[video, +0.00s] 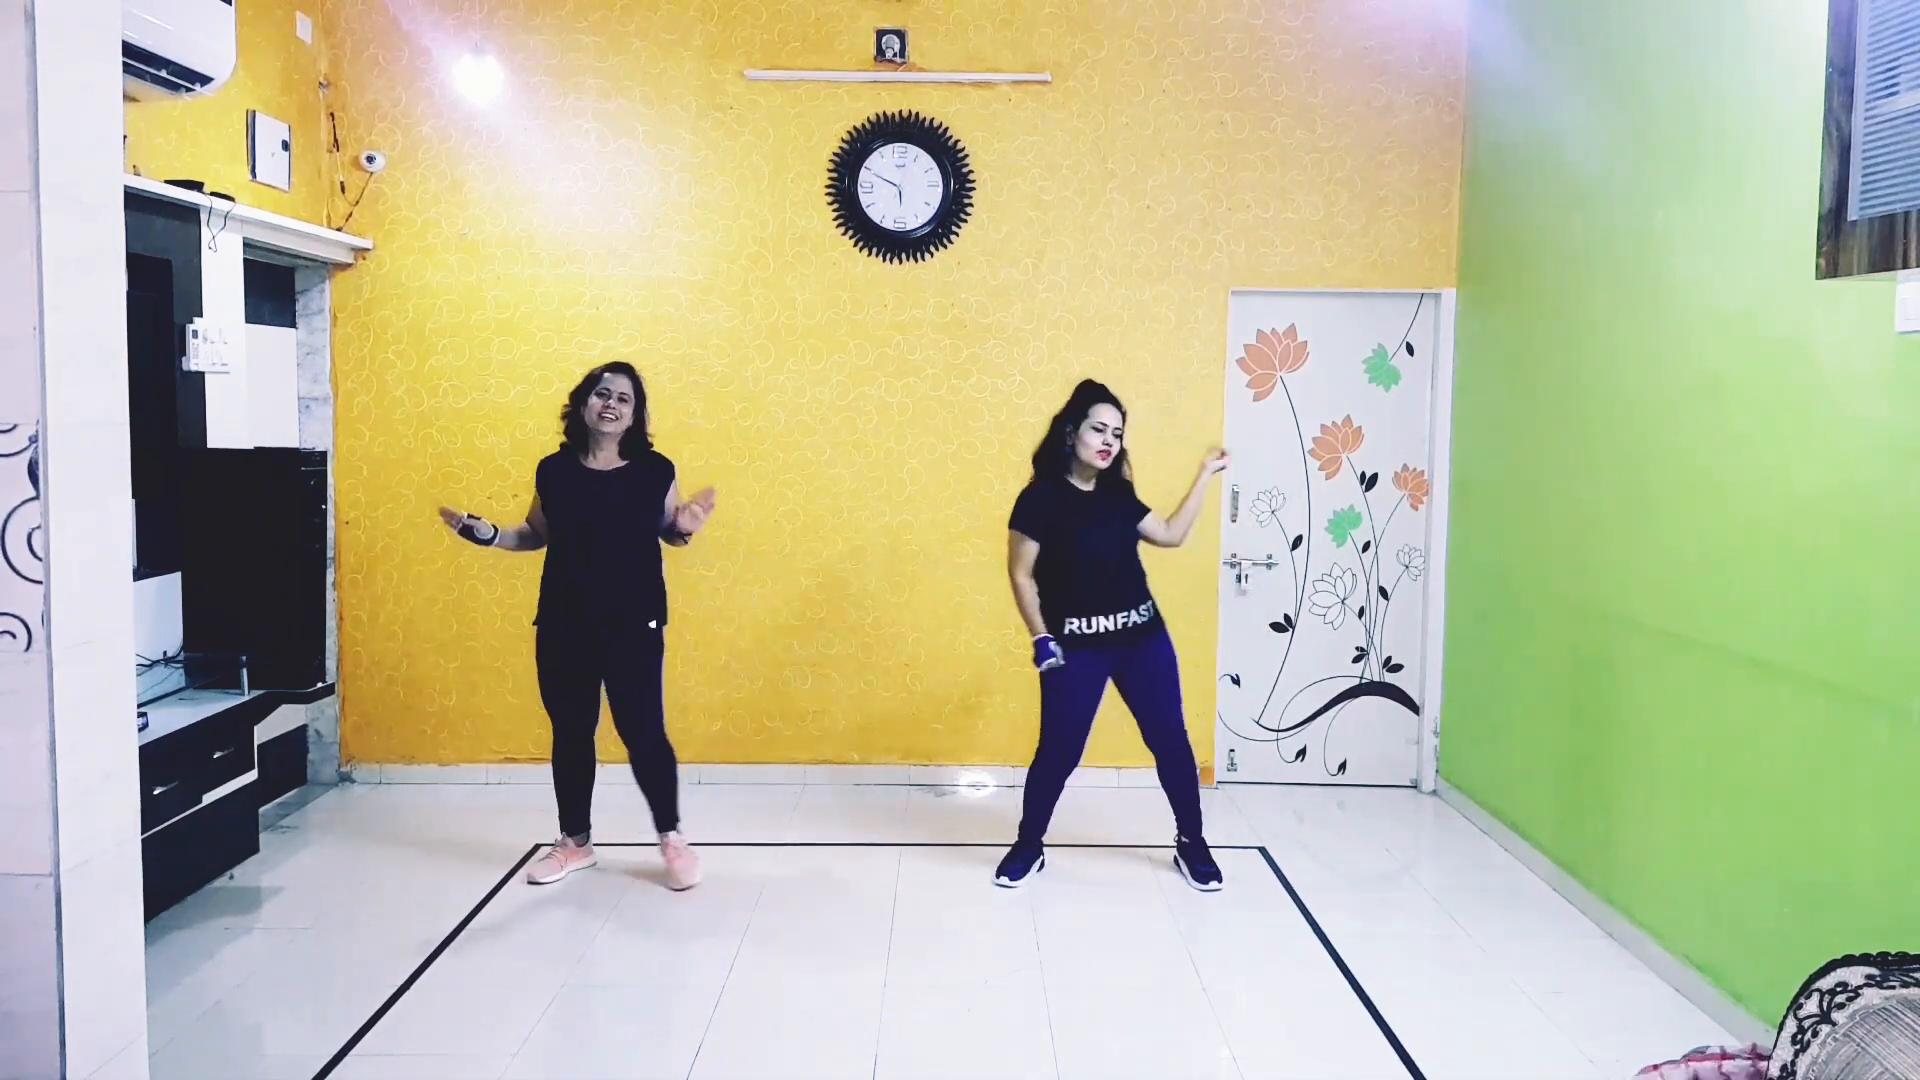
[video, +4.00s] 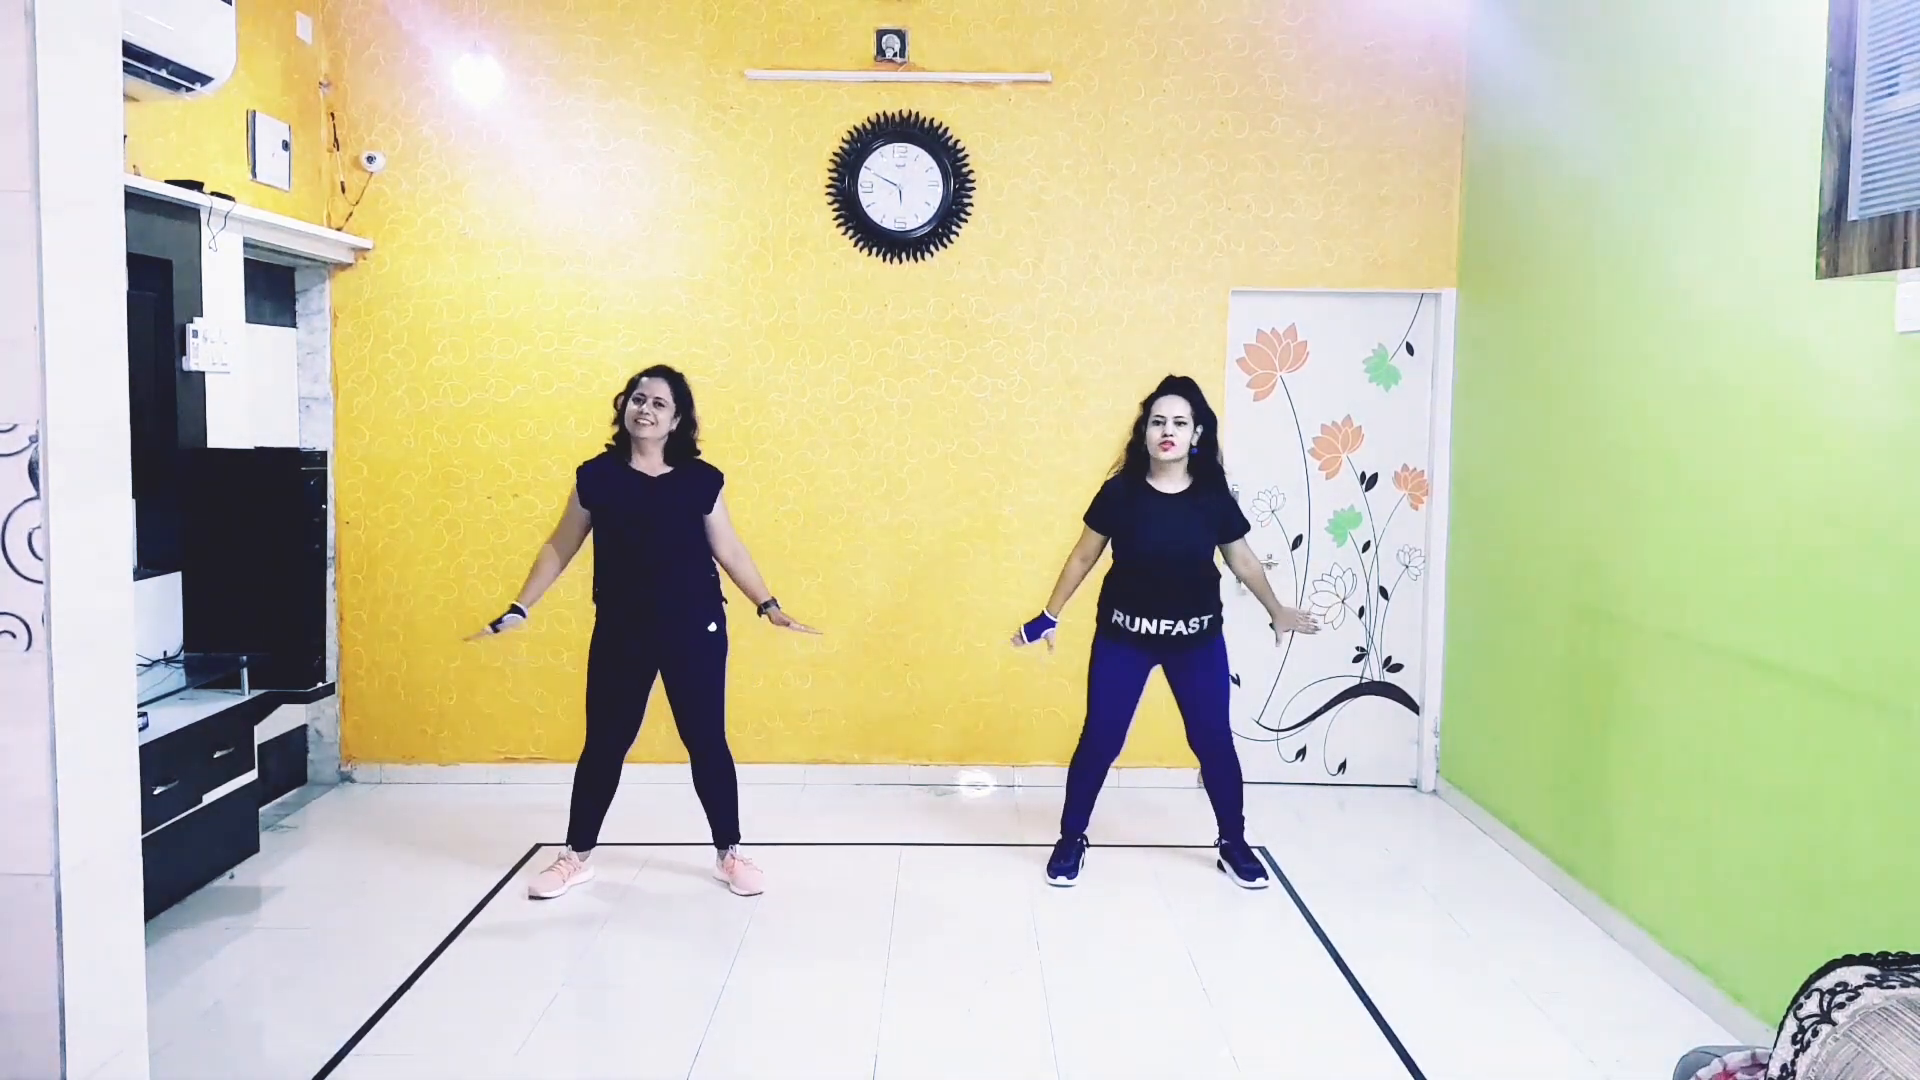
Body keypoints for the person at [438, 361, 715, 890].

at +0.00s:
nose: (610, 404)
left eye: (623, 399)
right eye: (602, 394)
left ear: (636, 413)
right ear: (581, 402)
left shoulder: (655, 471)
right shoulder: (555, 471)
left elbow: (672, 534)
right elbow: (536, 533)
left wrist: (683, 525)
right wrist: (490, 534)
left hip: (633, 625)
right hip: (565, 624)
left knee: (643, 732)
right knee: (570, 734)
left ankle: (670, 838)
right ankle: (574, 843)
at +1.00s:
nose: (613, 407)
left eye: (626, 402)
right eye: (606, 398)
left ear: (645, 416)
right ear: (590, 407)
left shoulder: (671, 472)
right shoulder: (570, 478)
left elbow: (697, 538)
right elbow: (551, 550)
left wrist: (708, 550)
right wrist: (490, 564)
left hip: (645, 628)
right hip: (575, 628)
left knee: (664, 736)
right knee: (579, 736)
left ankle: (700, 840)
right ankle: (580, 844)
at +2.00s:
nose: (657, 405)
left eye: (671, 399)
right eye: (652, 397)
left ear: (696, 413)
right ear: (642, 408)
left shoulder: (723, 474)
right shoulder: (627, 475)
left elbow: (754, 532)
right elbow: (617, 538)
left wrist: (788, 551)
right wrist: (562, 562)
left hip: (715, 623)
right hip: (647, 623)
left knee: (719, 733)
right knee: (614, 731)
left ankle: (737, 845)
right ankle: (602, 845)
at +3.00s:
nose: (668, 414)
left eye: (681, 408)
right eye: (659, 405)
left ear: (699, 421)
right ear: (646, 415)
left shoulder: (718, 488)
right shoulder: (617, 483)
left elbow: (742, 556)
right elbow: (590, 554)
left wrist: (770, 616)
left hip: (695, 635)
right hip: (623, 633)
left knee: (710, 746)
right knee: (598, 745)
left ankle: (729, 854)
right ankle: (574, 856)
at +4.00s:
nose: (646, 408)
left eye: (659, 403)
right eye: (638, 399)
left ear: (678, 419)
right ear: (624, 409)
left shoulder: (699, 481)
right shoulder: (598, 477)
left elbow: (729, 550)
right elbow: (560, 549)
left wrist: (768, 604)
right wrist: (521, 607)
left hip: (693, 632)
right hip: (621, 631)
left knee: (707, 740)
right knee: (603, 744)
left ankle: (730, 854)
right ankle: (576, 855)